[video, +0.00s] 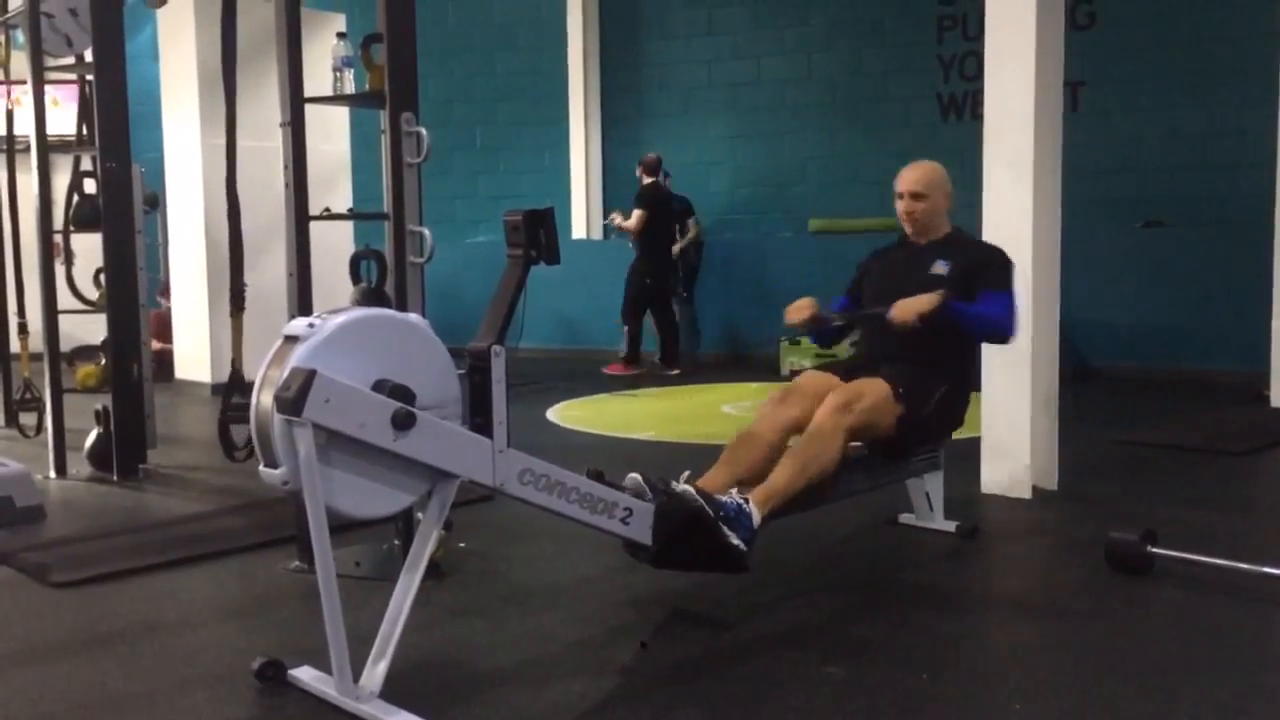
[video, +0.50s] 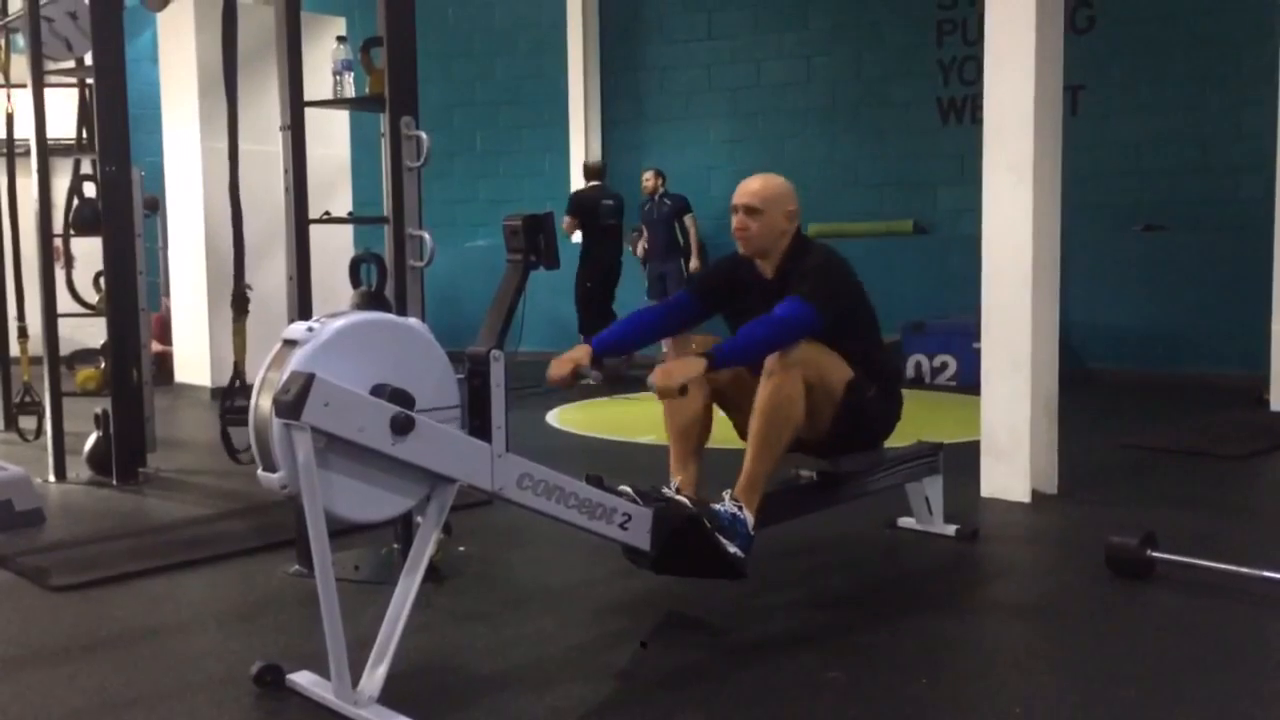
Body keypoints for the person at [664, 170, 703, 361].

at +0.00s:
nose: (659, 185)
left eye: (661, 180)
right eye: (657, 181)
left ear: (667, 181)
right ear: (656, 182)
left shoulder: (680, 202)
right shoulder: (653, 205)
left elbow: (694, 230)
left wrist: (678, 246)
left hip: (685, 256)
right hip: (667, 257)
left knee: (682, 298)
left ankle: (688, 348)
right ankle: (672, 348)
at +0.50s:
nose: (644, 184)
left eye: (648, 180)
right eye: (643, 181)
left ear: (660, 181)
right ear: (644, 184)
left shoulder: (678, 201)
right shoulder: (645, 207)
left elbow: (691, 228)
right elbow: (646, 231)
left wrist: (694, 256)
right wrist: (642, 244)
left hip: (675, 259)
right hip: (654, 261)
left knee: (678, 303)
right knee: (658, 305)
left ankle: (682, 348)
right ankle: (666, 349)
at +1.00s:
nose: (654, 183)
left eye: (658, 180)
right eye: (652, 180)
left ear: (668, 182)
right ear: (650, 183)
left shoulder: (680, 205)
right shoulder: (644, 207)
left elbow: (689, 233)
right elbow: (635, 235)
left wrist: (686, 260)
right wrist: (628, 261)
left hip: (675, 264)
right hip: (652, 265)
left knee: (678, 308)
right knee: (658, 309)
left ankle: (682, 352)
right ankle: (664, 351)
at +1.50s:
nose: (653, 186)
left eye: (657, 182)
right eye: (651, 182)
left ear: (667, 184)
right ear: (649, 186)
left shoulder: (681, 206)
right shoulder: (645, 209)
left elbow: (691, 235)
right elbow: (640, 238)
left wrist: (688, 264)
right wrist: (640, 266)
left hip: (675, 265)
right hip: (653, 266)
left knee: (676, 307)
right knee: (660, 310)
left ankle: (683, 351)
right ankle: (665, 352)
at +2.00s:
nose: (654, 188)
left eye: (659, 185)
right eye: (653, 185)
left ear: (669, 188)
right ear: (651, 188)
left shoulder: (683, 209)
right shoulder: (646, 212)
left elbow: (691, 239)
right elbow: (639, 242)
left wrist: (687, 266)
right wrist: (632, 270)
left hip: (676, 270)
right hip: (653, 270)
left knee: (676, 310)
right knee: (652, 311)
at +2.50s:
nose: (656, 191)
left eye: (660, 187)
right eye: (654, 188)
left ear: (670, 190)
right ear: (653, 191)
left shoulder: (683, 212)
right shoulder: (648, 215)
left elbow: (692, 242)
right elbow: (641, 243)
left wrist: (688, 268)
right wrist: (638, 271)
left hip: (676, 271)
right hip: (654, 272)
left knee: (677, 313)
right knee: (660, 315)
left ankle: (684, 359)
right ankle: (666, 358)